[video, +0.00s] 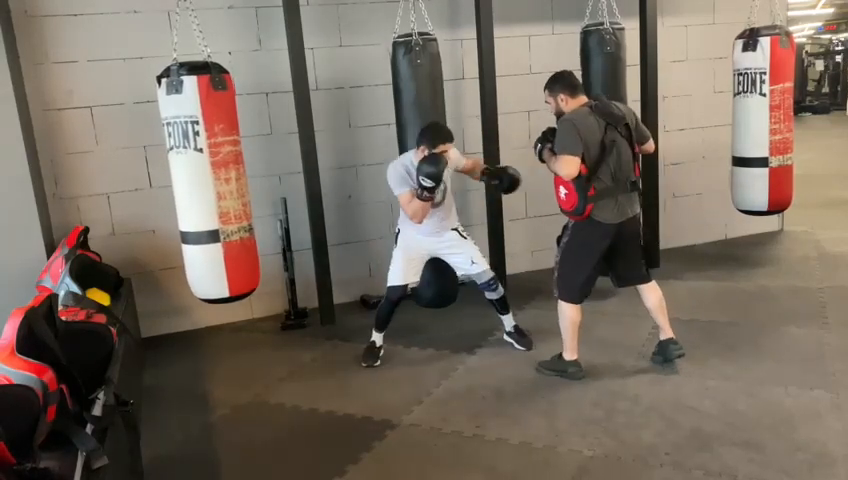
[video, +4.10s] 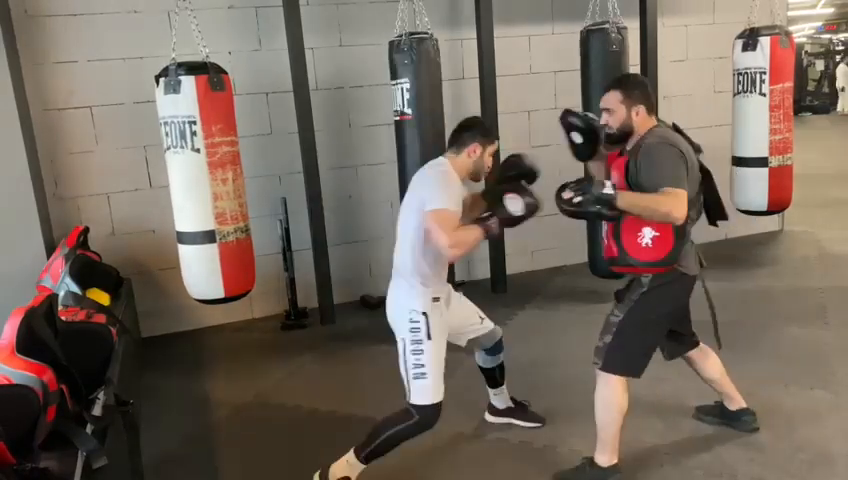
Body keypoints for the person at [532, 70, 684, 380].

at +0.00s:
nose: (550, 109)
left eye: (550, 102)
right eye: (549, 103)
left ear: (561, 97)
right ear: (578, 92)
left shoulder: (570, 123)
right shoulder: (616, 109)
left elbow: (568, 170)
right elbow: (648, 144)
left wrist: (547, 156)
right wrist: (613, 146)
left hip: (592, 222)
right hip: (628, 217)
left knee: (568, 288)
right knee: (641, 277)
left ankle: (569, 359)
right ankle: (668, 340)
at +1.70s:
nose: (577, 115)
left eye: (576, 108)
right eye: (574, 109)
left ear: (592, 104)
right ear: (601, 101)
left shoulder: (609, 127)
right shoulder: (634, 117)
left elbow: (613, 172)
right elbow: (637, 163)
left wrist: (577, 162)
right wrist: (591, 151)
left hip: (629, 226)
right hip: (656, 222)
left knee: (589, 288)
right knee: (668, 284)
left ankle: (574, 359)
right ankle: (698, 349)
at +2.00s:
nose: (607, 101)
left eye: (609, 93)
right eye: (606, 94)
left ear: (625, 89)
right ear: (634, 89)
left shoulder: (647, 111)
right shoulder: (662, 107)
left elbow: (660, 151)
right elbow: (660, 153)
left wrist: (612, 140)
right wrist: (615, 140)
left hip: (660, 214)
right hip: (682, 212)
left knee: (624, 286)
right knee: (685, 282)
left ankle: (624, 364)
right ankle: (700, 350)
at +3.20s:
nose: (605, 113)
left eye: (606, 106)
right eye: (604, 107)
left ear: (624, 104)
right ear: (635, 101)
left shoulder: (645, 128)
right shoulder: (665, 117)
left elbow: (640, 180)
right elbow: (670, 164)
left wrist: (596, 181)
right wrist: (621, 154)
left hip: (672, 226)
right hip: (697, 221)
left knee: (633, 295)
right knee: (688, 278)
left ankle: (625, 377)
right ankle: (727, 342)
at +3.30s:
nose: (602, 114)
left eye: (603, 107)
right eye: (600, 108)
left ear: (620, 104)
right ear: (632, 100)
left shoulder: (639, 127)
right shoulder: (662, 116)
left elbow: (638, 178)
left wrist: (592, 204)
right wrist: (615, 136)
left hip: (670, 224)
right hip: (697, 219)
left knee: (633, 297)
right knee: (685, 278)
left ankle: (625, 377)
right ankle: (717, 342)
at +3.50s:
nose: (625, 116)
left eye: (630, 108)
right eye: (623, 109)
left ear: (658, 104)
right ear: (663, 106)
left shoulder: (670, 141)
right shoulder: (691, 129)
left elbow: (665, 204)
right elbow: (661, 184)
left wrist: (604, 197)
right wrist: (626, 149)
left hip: (694, 263)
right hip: (723, 255)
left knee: (640, 348)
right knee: (705, 327)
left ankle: (639, 447)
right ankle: (741, 405)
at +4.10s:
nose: (604, 120)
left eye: (610, 112)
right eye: (602, 112)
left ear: (638, 111)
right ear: (638, 113)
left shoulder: (660, 147)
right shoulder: (640, 145)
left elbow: (675, 209)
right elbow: (609, 188)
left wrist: (608, 197)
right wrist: (592, 151)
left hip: (663, 273)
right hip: (667, 268)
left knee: (613, 363)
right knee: (687, 344)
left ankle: (604, 461)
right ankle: (738, 408)